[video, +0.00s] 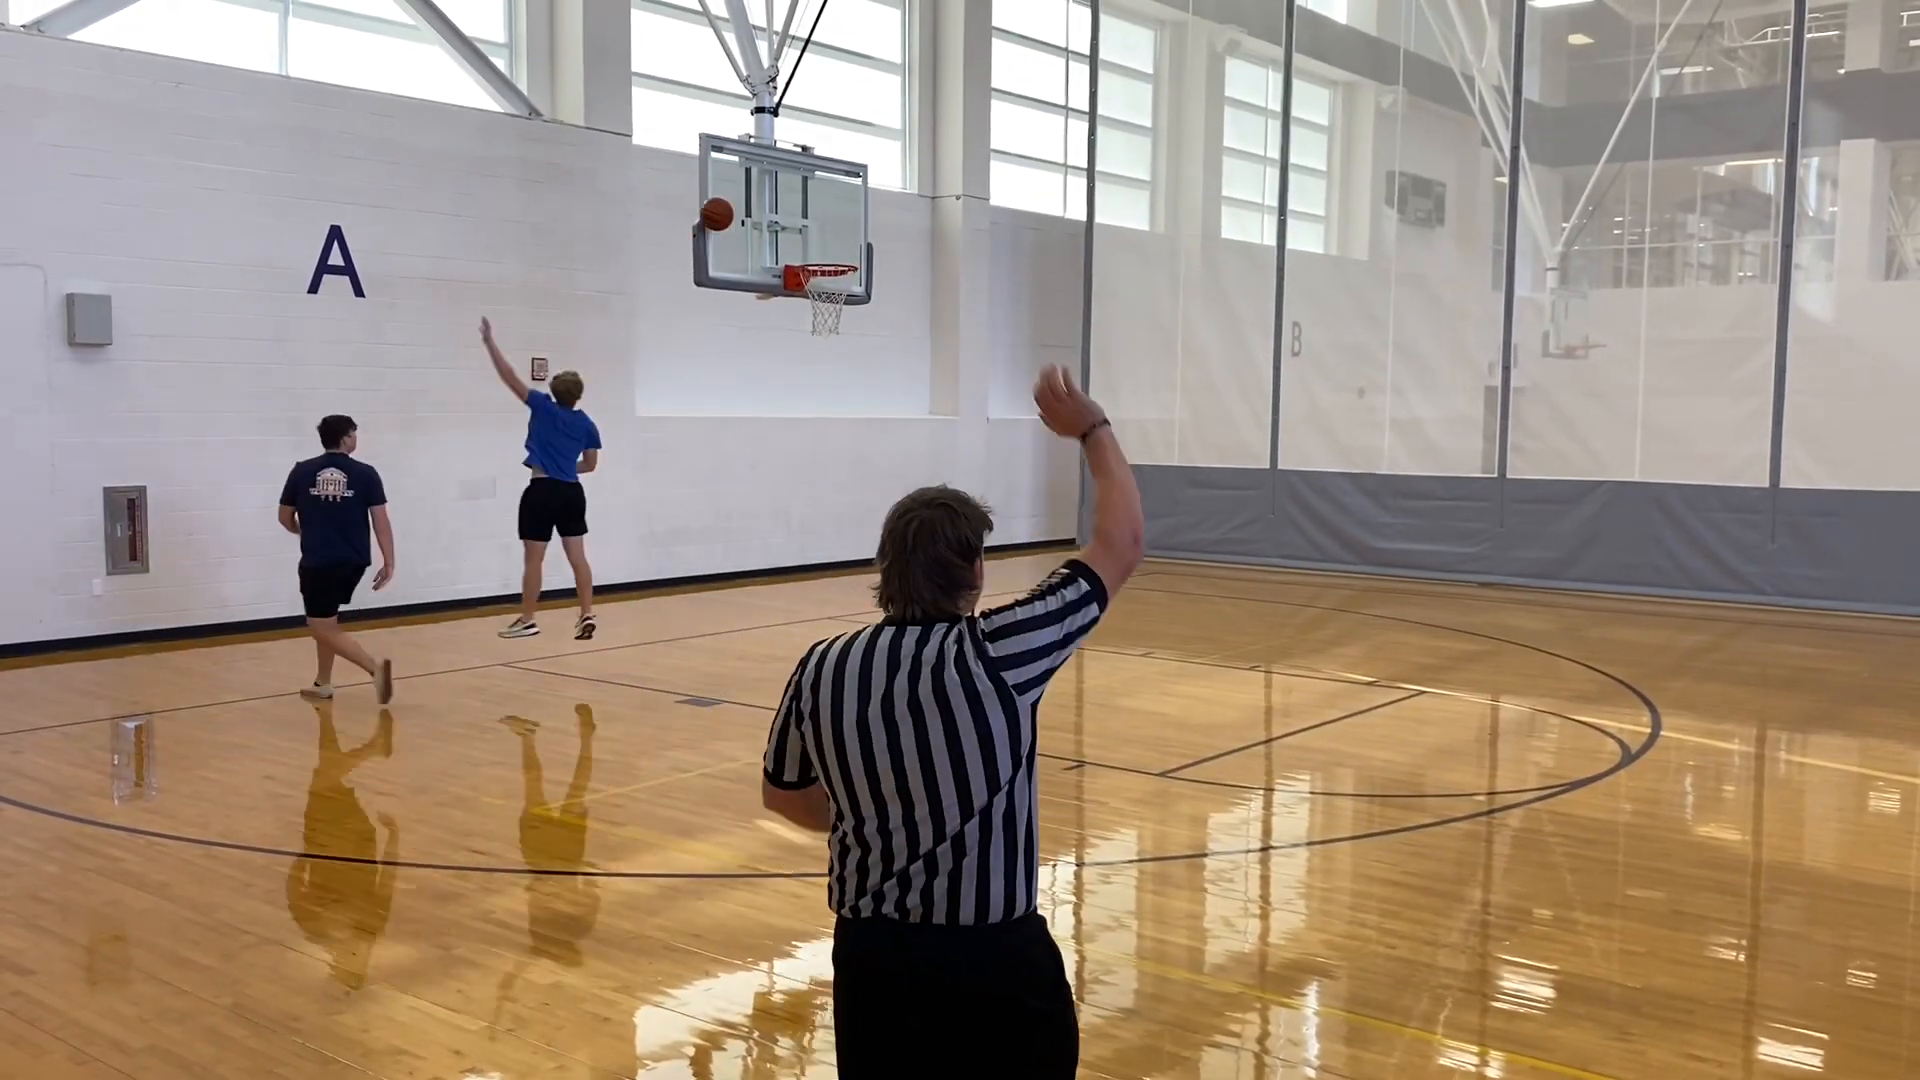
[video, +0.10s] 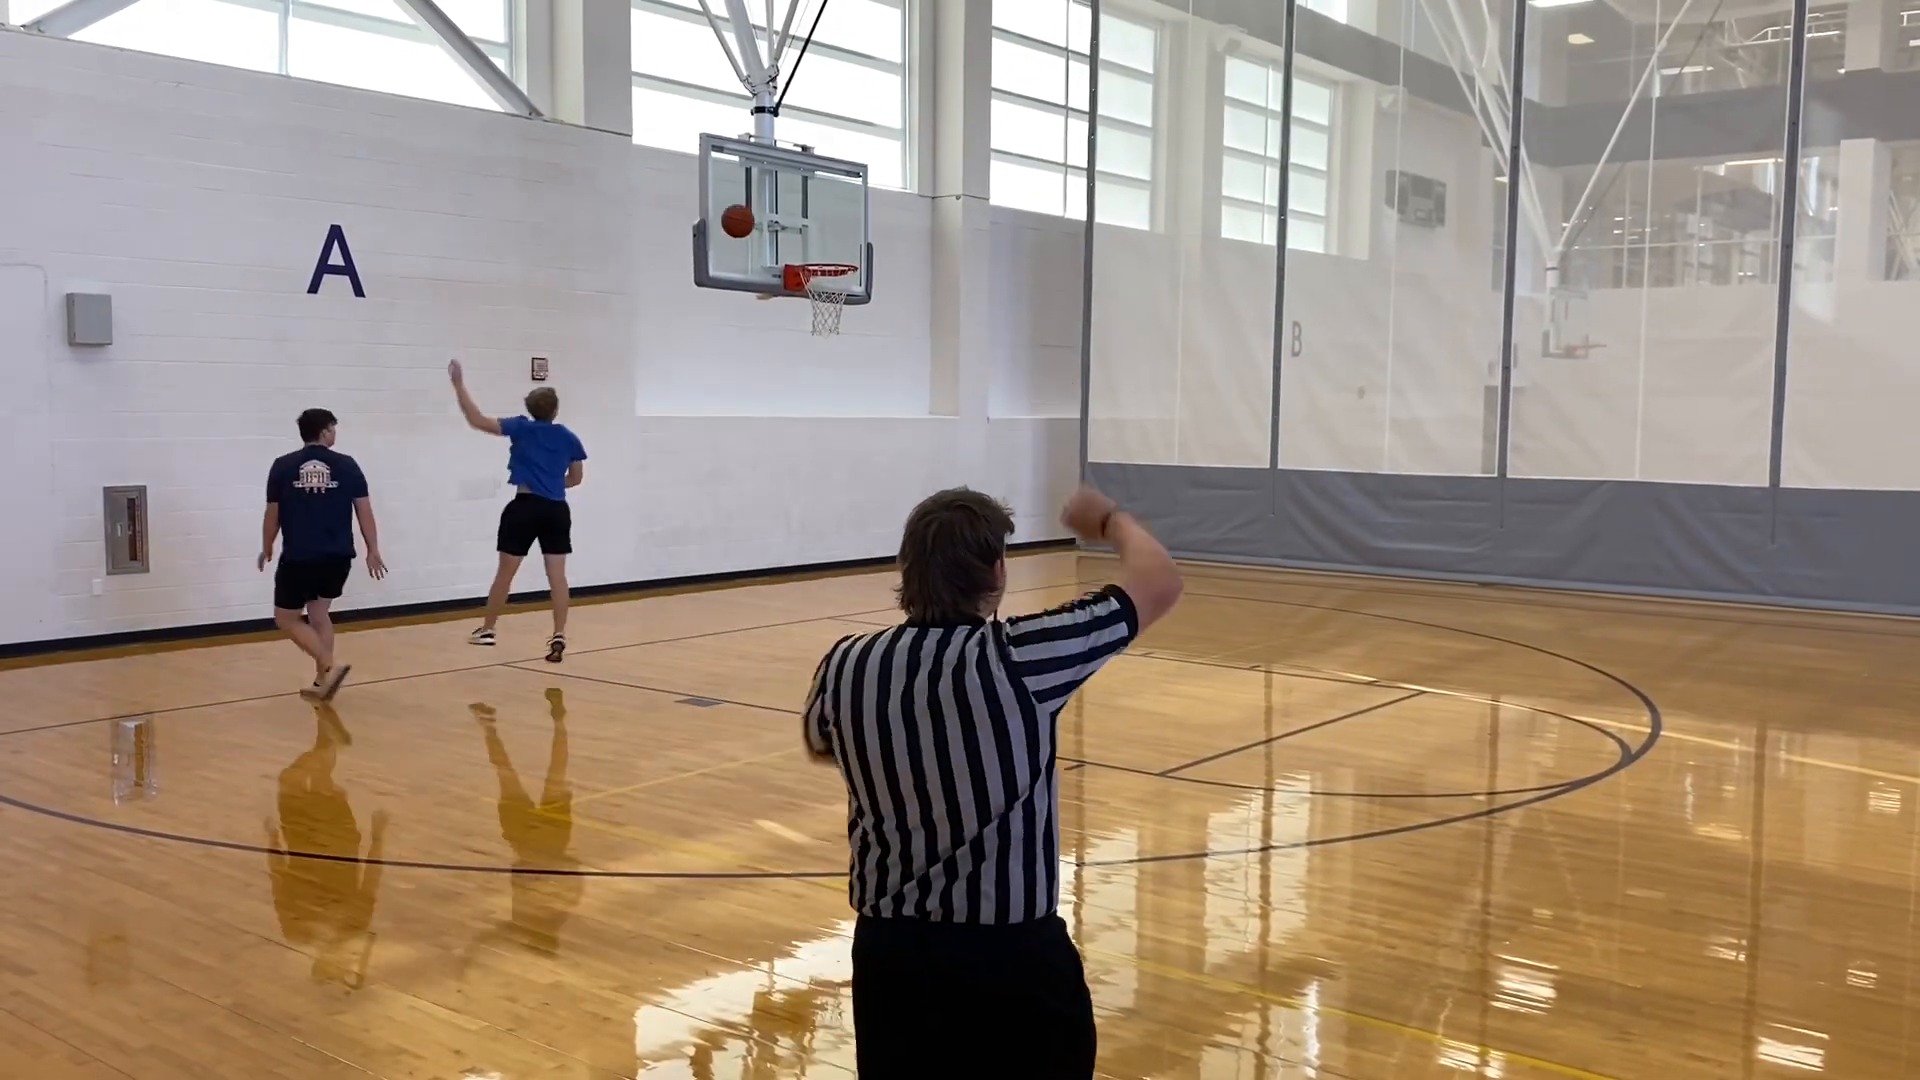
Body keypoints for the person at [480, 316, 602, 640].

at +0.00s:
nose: (551, 387)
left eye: (553, 385)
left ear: (554, 391)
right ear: (579, 395)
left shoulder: (542, 406)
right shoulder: (586, 425)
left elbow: (510, 377)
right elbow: (590, 465)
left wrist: (489, 342)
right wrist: (564, 467)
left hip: (540, 492)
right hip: (572, 494)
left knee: (533, 560)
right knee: (578, 558)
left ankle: (527, 619)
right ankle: (587, 615)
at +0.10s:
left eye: (532, 406)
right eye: (551, 406)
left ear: (529, 408)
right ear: (555, 410)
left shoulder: (520, 427)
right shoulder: (567, 437)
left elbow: (477, 421)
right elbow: (575, 479)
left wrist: (458, 385)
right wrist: (550, 479)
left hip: (523, 508)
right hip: (556, 511)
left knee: (505, 572)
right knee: (558, 576)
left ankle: (488, 629)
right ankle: (559, 636)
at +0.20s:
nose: (536, 436)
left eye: (533, 433)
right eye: (534, 434)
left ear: (509, 442)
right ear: (532, 439)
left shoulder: (501, 462)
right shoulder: (552, 465)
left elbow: (460, 481)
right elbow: (561, 504)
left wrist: (439, 454)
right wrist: (535, 512)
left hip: (505, 537)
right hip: (540, 541)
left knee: (481, 594)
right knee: (537, 603)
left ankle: (453, 649)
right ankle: (535, 660)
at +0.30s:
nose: (516, 454)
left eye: (514, 450)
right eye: (514, 452)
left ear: (491, 460)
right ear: (509, 457)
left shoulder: (477, 486)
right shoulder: (528, 485)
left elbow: (456, 527)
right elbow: (541, 527)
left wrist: (437, 536)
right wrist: (525, 544)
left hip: (485, 560)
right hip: (519, 561)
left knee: (463, 609)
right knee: (523, 615)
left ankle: (438, 662)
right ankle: (531, 657)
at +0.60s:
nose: (507, 443)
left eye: (506, 438)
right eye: (505, 439)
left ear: (479, 444)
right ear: (496, 441)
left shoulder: (462, 471)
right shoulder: (511, 464)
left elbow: (458, 514)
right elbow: (527, 499)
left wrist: (481, 524)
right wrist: (532, 537)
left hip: (475, 543)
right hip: (509, 538)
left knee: (461, 598)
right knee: (519, 589)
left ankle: (441, 654)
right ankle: (504, 644)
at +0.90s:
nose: (542, 452)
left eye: (542, 447)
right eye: (539, 447)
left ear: (518, 449)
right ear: (528, 448)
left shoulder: (494, 471)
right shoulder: (534, 471)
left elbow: (477, 508)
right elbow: (535, 506)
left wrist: (495, 526)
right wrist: (538, 541)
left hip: (492, 544)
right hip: (521, 543)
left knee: (479, 596)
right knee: (524, 595)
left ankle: (450, 635)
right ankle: (515, 647)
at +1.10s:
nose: (560, 441)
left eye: (559, 437)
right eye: (556, 437)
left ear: (537, 439)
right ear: (541, 438)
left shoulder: (515, 460)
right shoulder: (547, 462)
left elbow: (500, 497)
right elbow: (547, 497)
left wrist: (520, 512)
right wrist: (552, 528)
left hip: (511, 531)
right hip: (534, 533)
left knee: (520, 584)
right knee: (526, 589)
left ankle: (489, 626)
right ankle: (515, 644)